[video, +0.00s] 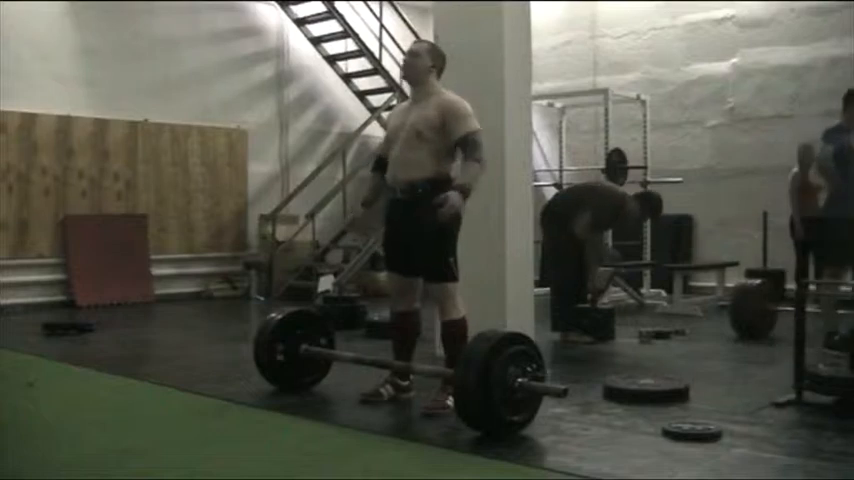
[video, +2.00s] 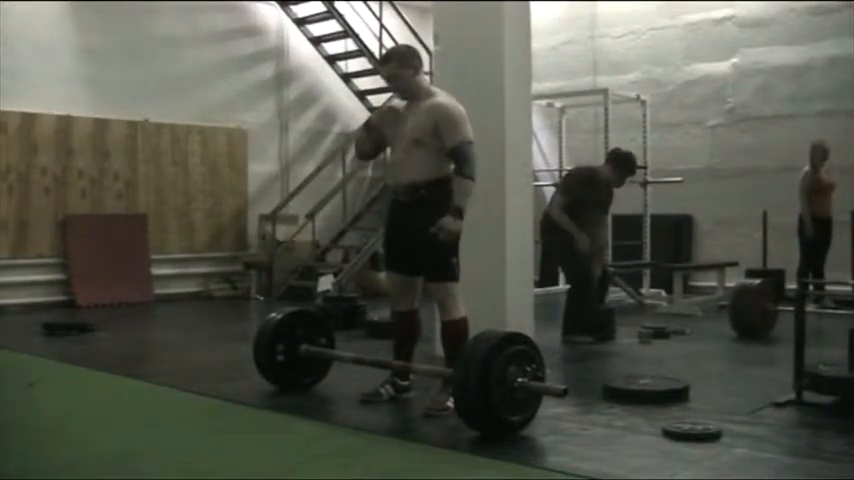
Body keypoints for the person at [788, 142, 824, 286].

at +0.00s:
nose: (810, 159)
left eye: (811, 156)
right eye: (806, 156)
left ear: (813, 157)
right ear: (800, 157)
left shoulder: (812, 174)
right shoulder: (797, 175)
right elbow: (794, 202)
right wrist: (797, 223)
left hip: (814, 217)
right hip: (801, 219)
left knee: (818, 256)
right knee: (802, 258)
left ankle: (819, 288)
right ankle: (801, 290)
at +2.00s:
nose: (821, 160)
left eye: (823, 156)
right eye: (818, 156)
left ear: (826, 158)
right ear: (812, 156)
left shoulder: (823, 175)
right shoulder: (808, 175)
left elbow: (824, 201)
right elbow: (804, 202)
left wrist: (827, 220)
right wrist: (807, 225)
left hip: (824, 220)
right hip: (810, 220)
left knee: (819, 259)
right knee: (807, 259)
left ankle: (819, 294)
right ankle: (802, 293)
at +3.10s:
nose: (824, 159)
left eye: (826, 156)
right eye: (821, 155)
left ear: (828, 157)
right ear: (814, 155)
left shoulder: (824, 175)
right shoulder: (809, 174)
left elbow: (825, 200)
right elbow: (805, 201)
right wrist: (809, 224)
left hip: (824, 221)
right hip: (811, 220)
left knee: (820, 259)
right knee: (808, 259)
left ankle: (820, 294)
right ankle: (803, 293)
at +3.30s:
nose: (823, 160)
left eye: (825, 157)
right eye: (820, 156)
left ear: (828, 158)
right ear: (813, 156)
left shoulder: (823, 175)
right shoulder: (809, 175)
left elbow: (823, 199)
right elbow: (805, 201)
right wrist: (809, 224)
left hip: (824, 220)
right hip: (811, 220)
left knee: (820, 259)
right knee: (808, 258)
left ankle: (820, 294)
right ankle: (803, 293)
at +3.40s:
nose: (823, 160)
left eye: (825, 157)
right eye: (820, 156)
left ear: (828, 158)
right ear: (813, 156)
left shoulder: (823, 175)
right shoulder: (809, 175)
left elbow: (824, 199)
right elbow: (805, 201)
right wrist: (809, 224)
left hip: (824, 220)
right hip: (811, 220)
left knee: (820, 259)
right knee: (808, 258)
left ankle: (820, 294)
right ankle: (803, 293)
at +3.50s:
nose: (822, 160)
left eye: (825, 157)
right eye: (819, 156)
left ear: (827, 159)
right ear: (813, 156)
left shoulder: (823, 175)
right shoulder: (809, 174)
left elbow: (823, 200)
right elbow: (805, 201)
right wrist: (808, 223)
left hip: (824, 220)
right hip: (811, 220)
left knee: (819, 259)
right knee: (808, 258)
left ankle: (820, 294)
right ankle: (802, 293)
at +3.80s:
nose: (823, 159)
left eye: (825, 156)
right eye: (820, 155)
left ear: (828, 157)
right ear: (814, 156)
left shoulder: (825, 174)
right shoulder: (809, 174)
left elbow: (824, 198)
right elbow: (804, 201)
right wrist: (808, 225)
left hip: (823, 219)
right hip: (810, 219)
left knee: (819, 259)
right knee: (807, 258)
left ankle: (820, 294)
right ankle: (802, 293)